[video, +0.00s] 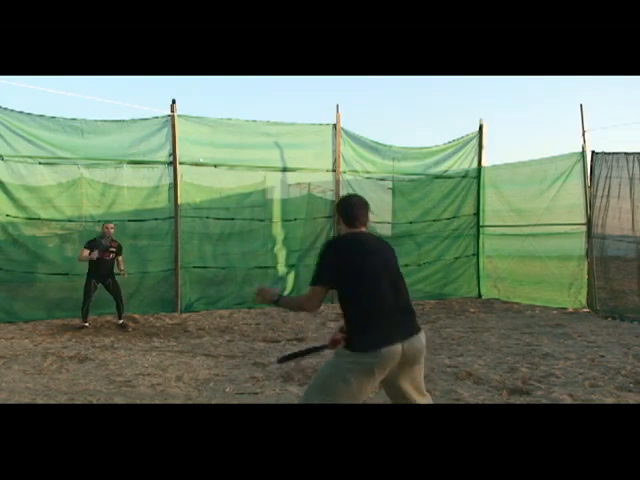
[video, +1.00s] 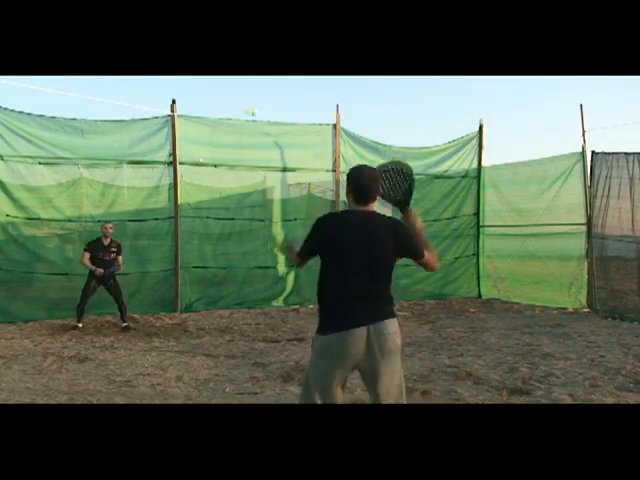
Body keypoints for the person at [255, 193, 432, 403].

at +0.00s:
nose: (335, 222)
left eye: (335, 218)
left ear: (338, 220)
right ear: (367, 220)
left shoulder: (336, 247)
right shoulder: (382, 245)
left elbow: (311, 303)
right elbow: (383, 297)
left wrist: (276, 298)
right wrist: (347, 331)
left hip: (371, 349)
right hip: (413, 340)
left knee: (315, 399)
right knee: (415, 397)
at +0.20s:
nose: (337, 208)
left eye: (338, 204)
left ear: (340, 207)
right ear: (368, 207)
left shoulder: (333, 237)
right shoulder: (389, 236)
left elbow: (329, 295)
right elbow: (403, 286)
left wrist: (303, 312)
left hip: (364, 341)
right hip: (409, 334)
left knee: (321, 400)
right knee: (420, 399)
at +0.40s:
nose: (357, 203)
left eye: (358, 199)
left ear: (361, 201)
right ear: (388, 202)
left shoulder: (349, 232)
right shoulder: (410, 231)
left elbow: (345, 290)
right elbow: (426, 287)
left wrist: (324, 306)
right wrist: (400, 303)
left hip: (369, 336)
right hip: (415, 333)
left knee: (332, 399)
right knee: (422, 398)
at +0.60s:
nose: (359, 198)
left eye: (360, 195)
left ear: (362, 197)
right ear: (390, 199)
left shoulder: (346, 229)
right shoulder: (409, 230)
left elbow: (324, 281)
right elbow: (426, 286)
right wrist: (405, 298)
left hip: (359, 334)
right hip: (406, 332)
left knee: (328, 399)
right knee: (421, 399)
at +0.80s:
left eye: (350, 184)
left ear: (349, 187)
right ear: (378, 189)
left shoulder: (330, 218)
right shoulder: (393, 223)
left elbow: (303, 256)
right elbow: (421, 278)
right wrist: (396, 280)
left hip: (337, 325)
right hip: (385, 323)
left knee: (322, 396)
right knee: (402, 397)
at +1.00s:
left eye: (349, 187)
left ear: (348, 192)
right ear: (378, 194)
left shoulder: (328, 224)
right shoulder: (392, 227)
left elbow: (299, 259)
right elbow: (431, 263)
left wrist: (290, 251)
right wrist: (416, 229)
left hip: (337, 333)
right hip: (384, 331)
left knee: (320, 398)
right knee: (390, 398)